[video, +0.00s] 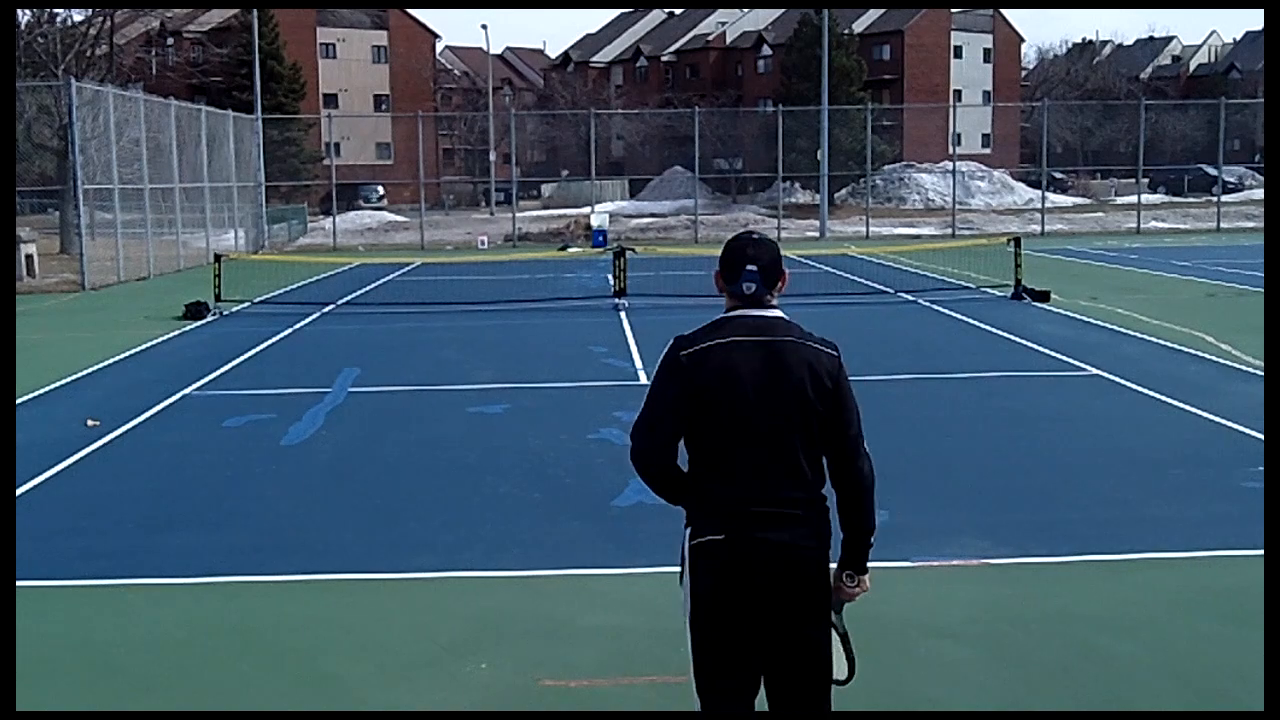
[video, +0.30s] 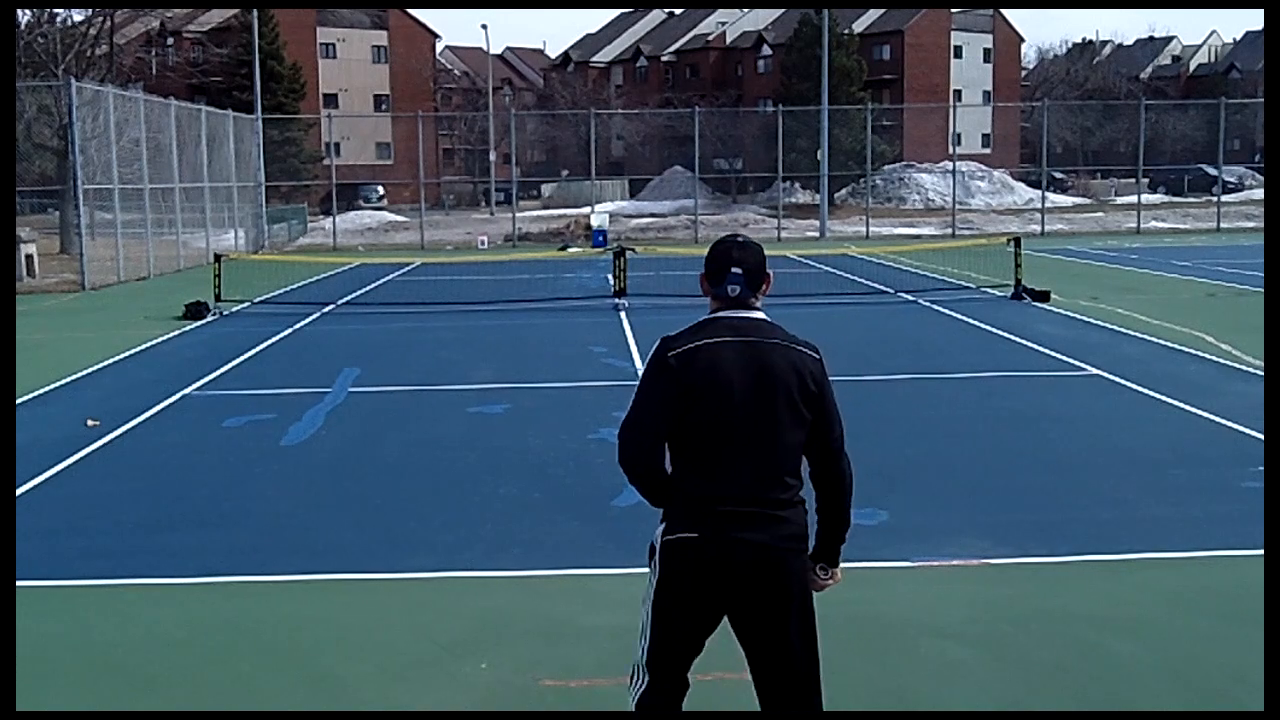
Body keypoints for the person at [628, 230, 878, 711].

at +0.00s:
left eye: (722, 277)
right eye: (781, 275)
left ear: (719, 282)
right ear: (782, 282)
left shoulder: (687, 353)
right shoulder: (819, 355)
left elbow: (648, 452)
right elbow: (853, 468)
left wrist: (697, 498)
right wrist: (855, 560)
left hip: (718, 559)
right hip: (800, 556)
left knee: (724, 699)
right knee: (804, 699)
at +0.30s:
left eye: (708, 280)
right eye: (764, 279)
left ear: (704, 285)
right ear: (766, 285)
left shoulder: (674, 353)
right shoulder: (802, 357)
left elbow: (635, 451)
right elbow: (833, 468)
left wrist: (678, 502)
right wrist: (827, 552)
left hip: (692, 552)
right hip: (776, 554)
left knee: (659, 682)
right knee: (793, 695)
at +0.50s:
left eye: (666, 289)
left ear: (662, 294)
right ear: (725, 292)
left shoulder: (632, 362)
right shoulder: (761, 365)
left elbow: (586, 454)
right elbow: (800, 473)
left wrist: (637, 491)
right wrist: (789, 548)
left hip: (653, 566)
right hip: (739, 565)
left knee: (616, 700)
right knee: (772, 701)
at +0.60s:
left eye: (640, 295)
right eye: (697, 292)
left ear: (637, 301)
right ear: (698, 299)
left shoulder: (604, 365)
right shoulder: (735, 371)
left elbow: (549, 453)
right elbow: (778, 477)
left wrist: (601, 487)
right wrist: (755, 548)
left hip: (624, 567)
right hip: (711, 567)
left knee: (593, 702)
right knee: (747, 702)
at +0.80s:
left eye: (617, 281)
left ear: (615, 286)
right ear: (677, 285)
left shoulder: (582, 351)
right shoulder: (713, 355)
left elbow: (535, 455)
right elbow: (749, 459)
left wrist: (558, 470)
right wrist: (703, 501)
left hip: (601, 548)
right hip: (687, 549)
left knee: (588, 690)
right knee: (688, 687)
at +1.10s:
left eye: (595, 289)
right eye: (656, 288)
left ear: (592, 295)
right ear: (655, 295)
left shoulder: (558, 362)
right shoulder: (688, 367)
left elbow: (517, 467)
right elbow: (719, 473)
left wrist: (563, 483)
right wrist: (658, 496)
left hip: (566, 556)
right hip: (654, 558)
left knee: (535, 684)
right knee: (671, 693)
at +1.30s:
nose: (612, 313)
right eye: (612, 307)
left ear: (549, 313)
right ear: (609, 314)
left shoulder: (509, 382)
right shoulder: (638, 385)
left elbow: (465, 488)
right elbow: (680, 492)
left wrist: (519, 477)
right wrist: (617, 505)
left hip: (524, 579)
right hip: (614, 579)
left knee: (493, 703)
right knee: (651, 700)